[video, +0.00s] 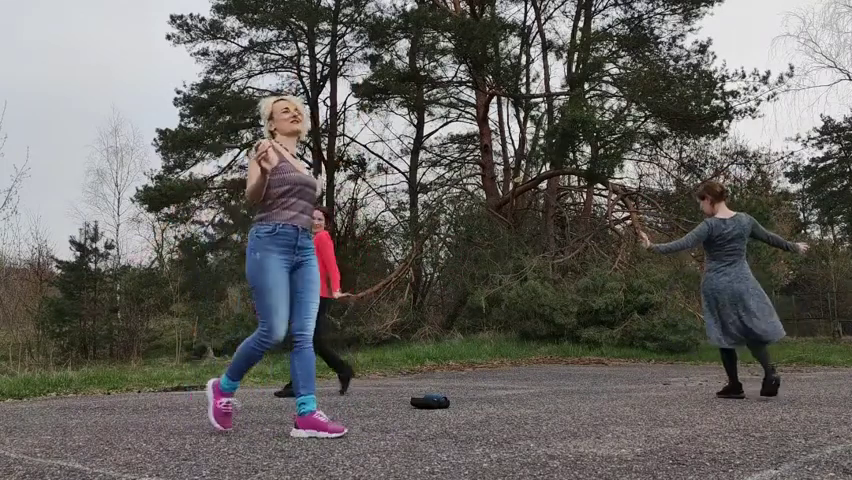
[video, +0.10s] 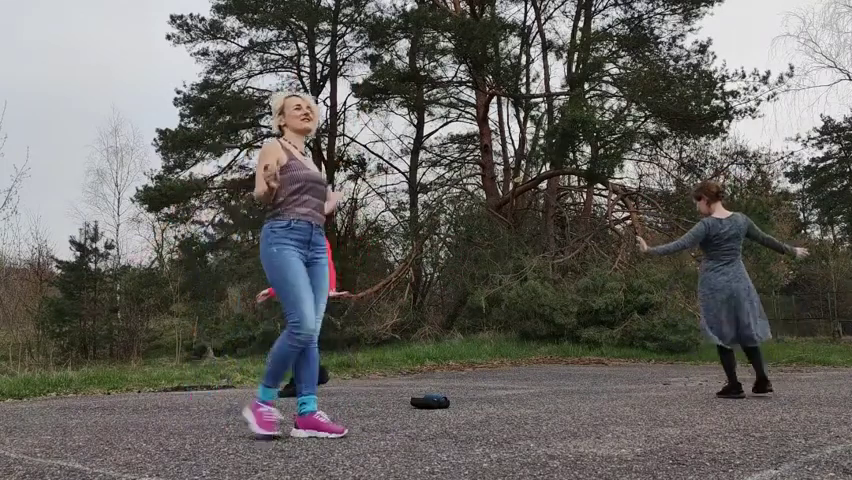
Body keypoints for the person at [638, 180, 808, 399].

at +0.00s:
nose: (700, 207)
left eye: (702, 201)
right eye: (700, 202)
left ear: (712, 200)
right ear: (720, 199)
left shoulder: (709, 225)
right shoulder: (744, 220)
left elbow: (684, 243)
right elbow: (769, 237)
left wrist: (652, 247)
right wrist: (793, 246)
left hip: (715, 283)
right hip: (742, 280)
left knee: (723, 334)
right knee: (751, 331)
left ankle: (733, 384)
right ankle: (770, 372)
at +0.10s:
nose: (698, 208)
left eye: (698, 202)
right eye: (697, 203)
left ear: (707, 200)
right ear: (716, 198)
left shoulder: (706, 224)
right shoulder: (740, 219)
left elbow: (681, 244)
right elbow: (764, 239)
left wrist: (650, 250)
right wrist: (791, 250)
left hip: (714, 283)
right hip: (739, 280)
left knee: (722, 334)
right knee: (746, 330)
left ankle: (733, 384)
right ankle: (762, 379)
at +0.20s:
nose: (695, 209)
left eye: (696, 204)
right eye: (694, 204)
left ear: (704, 201)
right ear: (713, 199)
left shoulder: (705, 225)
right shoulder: (738, 221)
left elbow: (679, 245)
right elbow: (762, 242)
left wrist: (648, 252)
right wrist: (787, 256)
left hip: (714, 284)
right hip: (738, 282)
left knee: (718, 333)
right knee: (739, 331)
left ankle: (733, 384)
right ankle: (736, 375)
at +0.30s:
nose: (692, 211)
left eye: (693, 206)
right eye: (691, 206)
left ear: (702, 203)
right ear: (710, 202)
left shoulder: (704, 225)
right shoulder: (734, 222)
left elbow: (679, 244)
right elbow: (756, 245)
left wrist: (647, 252)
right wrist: (782, 262)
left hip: (714, 285)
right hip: (735, 282)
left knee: (716, 333)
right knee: (732, 326)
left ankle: (734, 385)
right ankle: (714, 352)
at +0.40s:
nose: (689, 212)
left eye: (690, 207)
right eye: (689, 208)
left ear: (697, 204)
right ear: (709, 203)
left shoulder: (701, 224)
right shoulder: (731, 223)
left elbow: (675, 243)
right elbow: (752, 248)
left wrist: (644, 248)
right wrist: (775, 264)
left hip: (713, 281)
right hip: (733, 280)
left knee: (717, 332)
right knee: (708, 319)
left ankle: (733, 383)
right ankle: (689, 350)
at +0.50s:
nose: (686, 212)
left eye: (687, 208)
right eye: (686, 209)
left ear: (694, 205)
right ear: (706, 203)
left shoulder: (698, 223)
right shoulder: (726, 223)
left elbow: (674, 240)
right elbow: (745, 248)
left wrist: (642, 243)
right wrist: (767, 264)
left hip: (713, 283)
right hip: (732, 282)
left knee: (722, 333)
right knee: (699, 321)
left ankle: (733, 384)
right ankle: (674, 357)